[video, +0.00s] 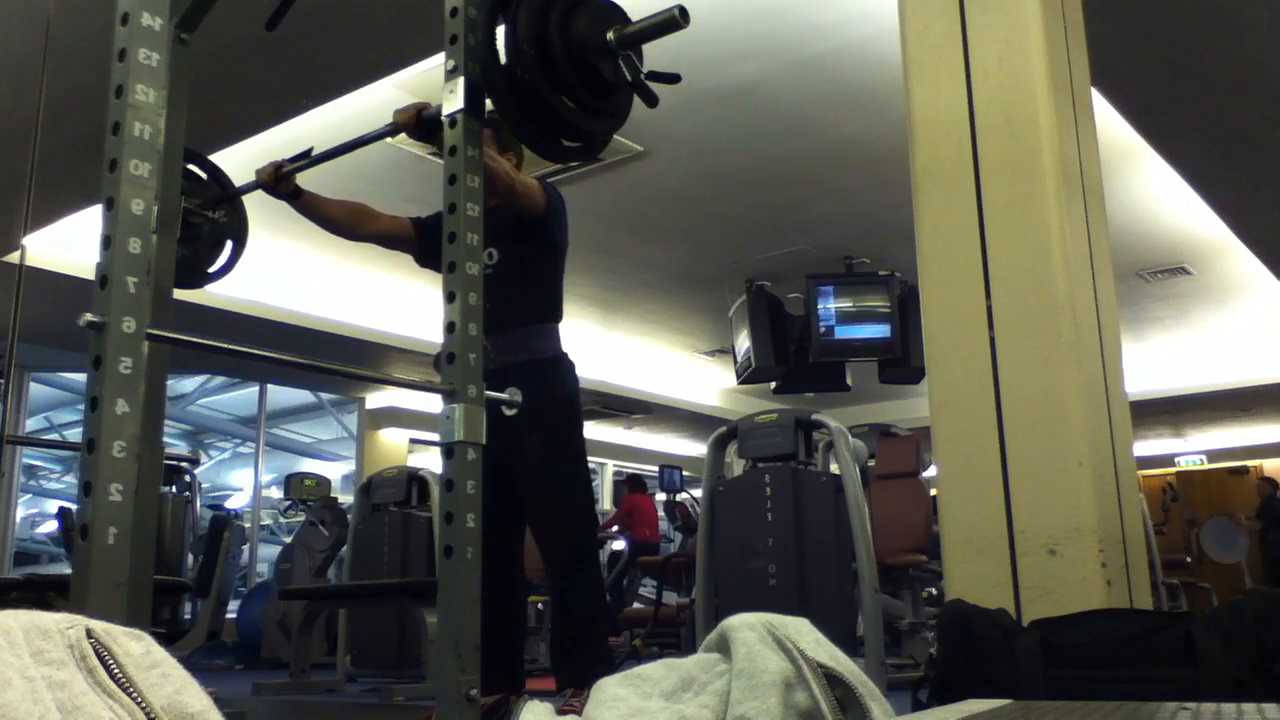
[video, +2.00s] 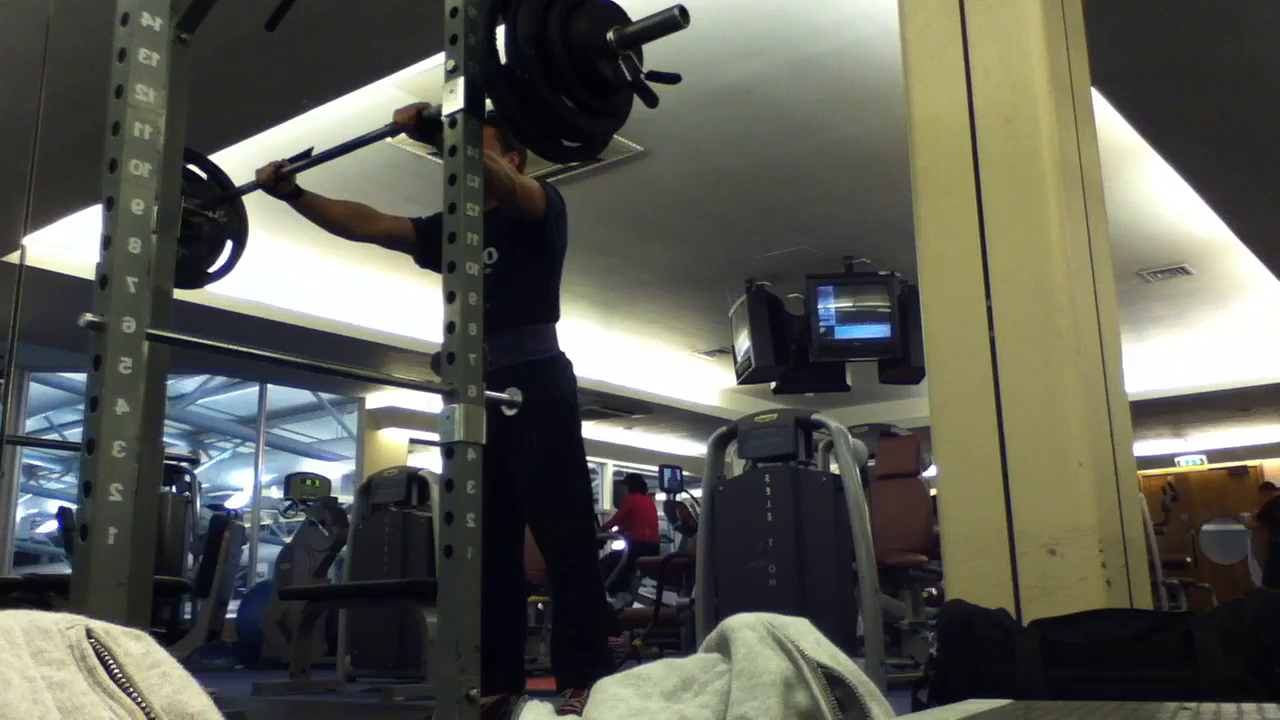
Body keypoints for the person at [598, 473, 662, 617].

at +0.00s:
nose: (626, 490)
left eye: (627, 487)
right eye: (626, 487)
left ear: (630, 487)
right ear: (644, 487)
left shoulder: (630, 500)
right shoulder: (650, 500)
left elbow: (616, 519)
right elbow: (636, 522)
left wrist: (600, 529)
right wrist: (618, 531)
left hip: (637, 547)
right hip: (654, 547)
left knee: (613, 559)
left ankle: (618, 602)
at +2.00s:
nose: (626, 490)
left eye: (627, 487)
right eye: (626, 487)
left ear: (631, 487)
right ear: (643, 486)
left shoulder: (631, 500)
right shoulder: (649, 500)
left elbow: (618, 518)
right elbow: (636, 522)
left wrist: (602, 528)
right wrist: (618, 532)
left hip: (636, 546)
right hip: (654, 547)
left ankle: (621, 595)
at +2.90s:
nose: (625, 490)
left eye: (626, 487)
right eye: (625, 487)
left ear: (630, 487)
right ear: (644, 487)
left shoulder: (630, 500)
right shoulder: (650, 500)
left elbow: (616, 520)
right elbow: (637, 523)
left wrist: (600, 530)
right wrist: (619, 532)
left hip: (636, 545)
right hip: (654, 546)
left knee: (605, 562)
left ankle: (618, 595)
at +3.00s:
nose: (624, 489)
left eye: (625, 486)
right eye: (624, 486)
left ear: (630, 486)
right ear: (643, 485)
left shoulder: (631, 499)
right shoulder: (649, 500)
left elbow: (616, 520)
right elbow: (635, 524)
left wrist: (600, 530)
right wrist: (615, 534)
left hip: (636, 546)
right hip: (653, 547)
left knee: (603, 554)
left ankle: (610, 588)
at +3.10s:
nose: (624, 490)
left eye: (625, 487)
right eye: (625, 487)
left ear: (629, 486)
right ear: (642, 485)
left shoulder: (631, 500)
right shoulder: (649, 500)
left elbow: (617, 520)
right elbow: (636, 524)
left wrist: (600, 530)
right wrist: (617, 532)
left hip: (636, 545)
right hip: (653, 546)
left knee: (602, 553)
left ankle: (606, 590)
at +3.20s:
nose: (625, 490)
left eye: (625, 487)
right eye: (625, 487)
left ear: (630, 487)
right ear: (642, 486)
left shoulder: (631, 500)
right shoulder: (649, 500)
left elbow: (617, 520)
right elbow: (635, 523)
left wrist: (600, 530)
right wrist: (617, 533)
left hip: (637, 544)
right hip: (654, 545)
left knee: (602, 562)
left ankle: (599, 601)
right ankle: (632, 604)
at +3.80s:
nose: (626, 491)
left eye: (627, 488)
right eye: (626, 488)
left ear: (630, 488)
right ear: (644, 487)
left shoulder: (631, 500)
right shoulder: (650, 501)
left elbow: (617, 519)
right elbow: (637, 523)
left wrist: (602, 529)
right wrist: (619, 531)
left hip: (637, 545)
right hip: (654, 546)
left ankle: (620, 595)